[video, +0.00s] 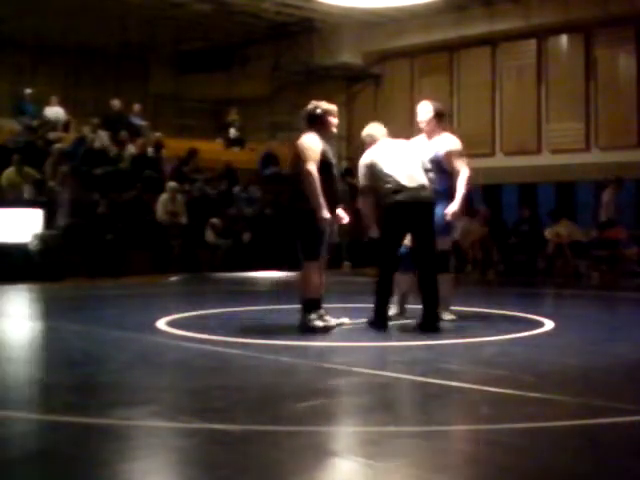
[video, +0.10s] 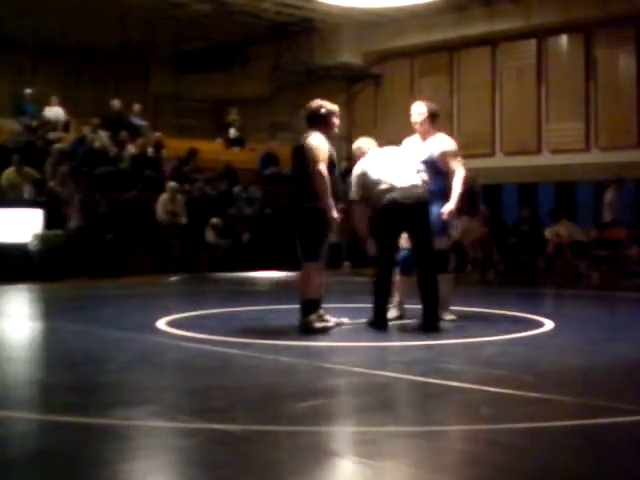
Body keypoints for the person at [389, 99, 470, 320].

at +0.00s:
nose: (420, 121)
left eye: (424, 116)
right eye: (419, 117)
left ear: (437, 117)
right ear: (418, 118)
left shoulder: (449, 141)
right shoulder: (416, 142)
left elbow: (463, 171)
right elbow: (406, 169)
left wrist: (457, 202)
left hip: (442, 201)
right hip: (419, 200)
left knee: (442, 253)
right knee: (407, 252)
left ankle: (444, 305)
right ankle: (399, 304)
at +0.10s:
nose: (415, 122)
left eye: (419, 118)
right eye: (413, 118)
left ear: (431, 119)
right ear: (411, 119)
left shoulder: (443, 142)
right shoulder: (408, 143)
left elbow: (459, 170)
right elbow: (401, 173)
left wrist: (452, 202)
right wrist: (399, 197)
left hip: (437, 202)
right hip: (413, 202)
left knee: (441, 254)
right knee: (404, 253)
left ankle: (443, 305)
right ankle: (396, 303)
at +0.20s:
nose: (407, 121)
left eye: (411, 116)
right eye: (405, 116)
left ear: (423, 117)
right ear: (404, 119)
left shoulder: (437, 141)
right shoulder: (400, 144)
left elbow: (453, 169)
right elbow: (397, 174)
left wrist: (450, 201)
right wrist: (395, 200)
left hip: (432, 200)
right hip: (408, 201)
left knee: (436, 249)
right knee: (401, 251)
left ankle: (442, 303)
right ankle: (396, 303)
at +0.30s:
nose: (399, 122)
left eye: (404, 117)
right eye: (397, 117)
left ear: (415, 118)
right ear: (396, 119)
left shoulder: (432, 141)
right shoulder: (393, 144)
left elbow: (448, 167)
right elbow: (388, 174)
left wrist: (447, 200)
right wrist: (385, 197)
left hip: (428, 201)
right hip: (403, 201)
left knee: (433, 246)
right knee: (397, 250)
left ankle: (443, 302)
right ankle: (395, 302)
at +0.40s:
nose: (392, 123)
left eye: (396, 119)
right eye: (390, 119)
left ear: (408, 119)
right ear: (389, 121)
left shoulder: (426, 141)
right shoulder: (387, 146)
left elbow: (445, 167)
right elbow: (381, 175)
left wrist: (446, 199)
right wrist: (377, 196)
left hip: (424, 200)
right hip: (399, 201)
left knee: (431, 246)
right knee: (394, 251)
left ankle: (442, 303)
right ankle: (395, 303)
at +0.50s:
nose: (387, 124)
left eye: (391, 119)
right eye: (385, 120)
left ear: (402, 119)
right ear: (384, 122)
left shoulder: (422, 141)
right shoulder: (383, 146)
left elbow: (442, 166)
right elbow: (377, 176)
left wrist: (443, 198)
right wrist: (375, 198)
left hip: (423, 200)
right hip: (395, 201)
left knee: (429, 247)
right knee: (392, 250)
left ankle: (442, 303)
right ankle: (394, 302)